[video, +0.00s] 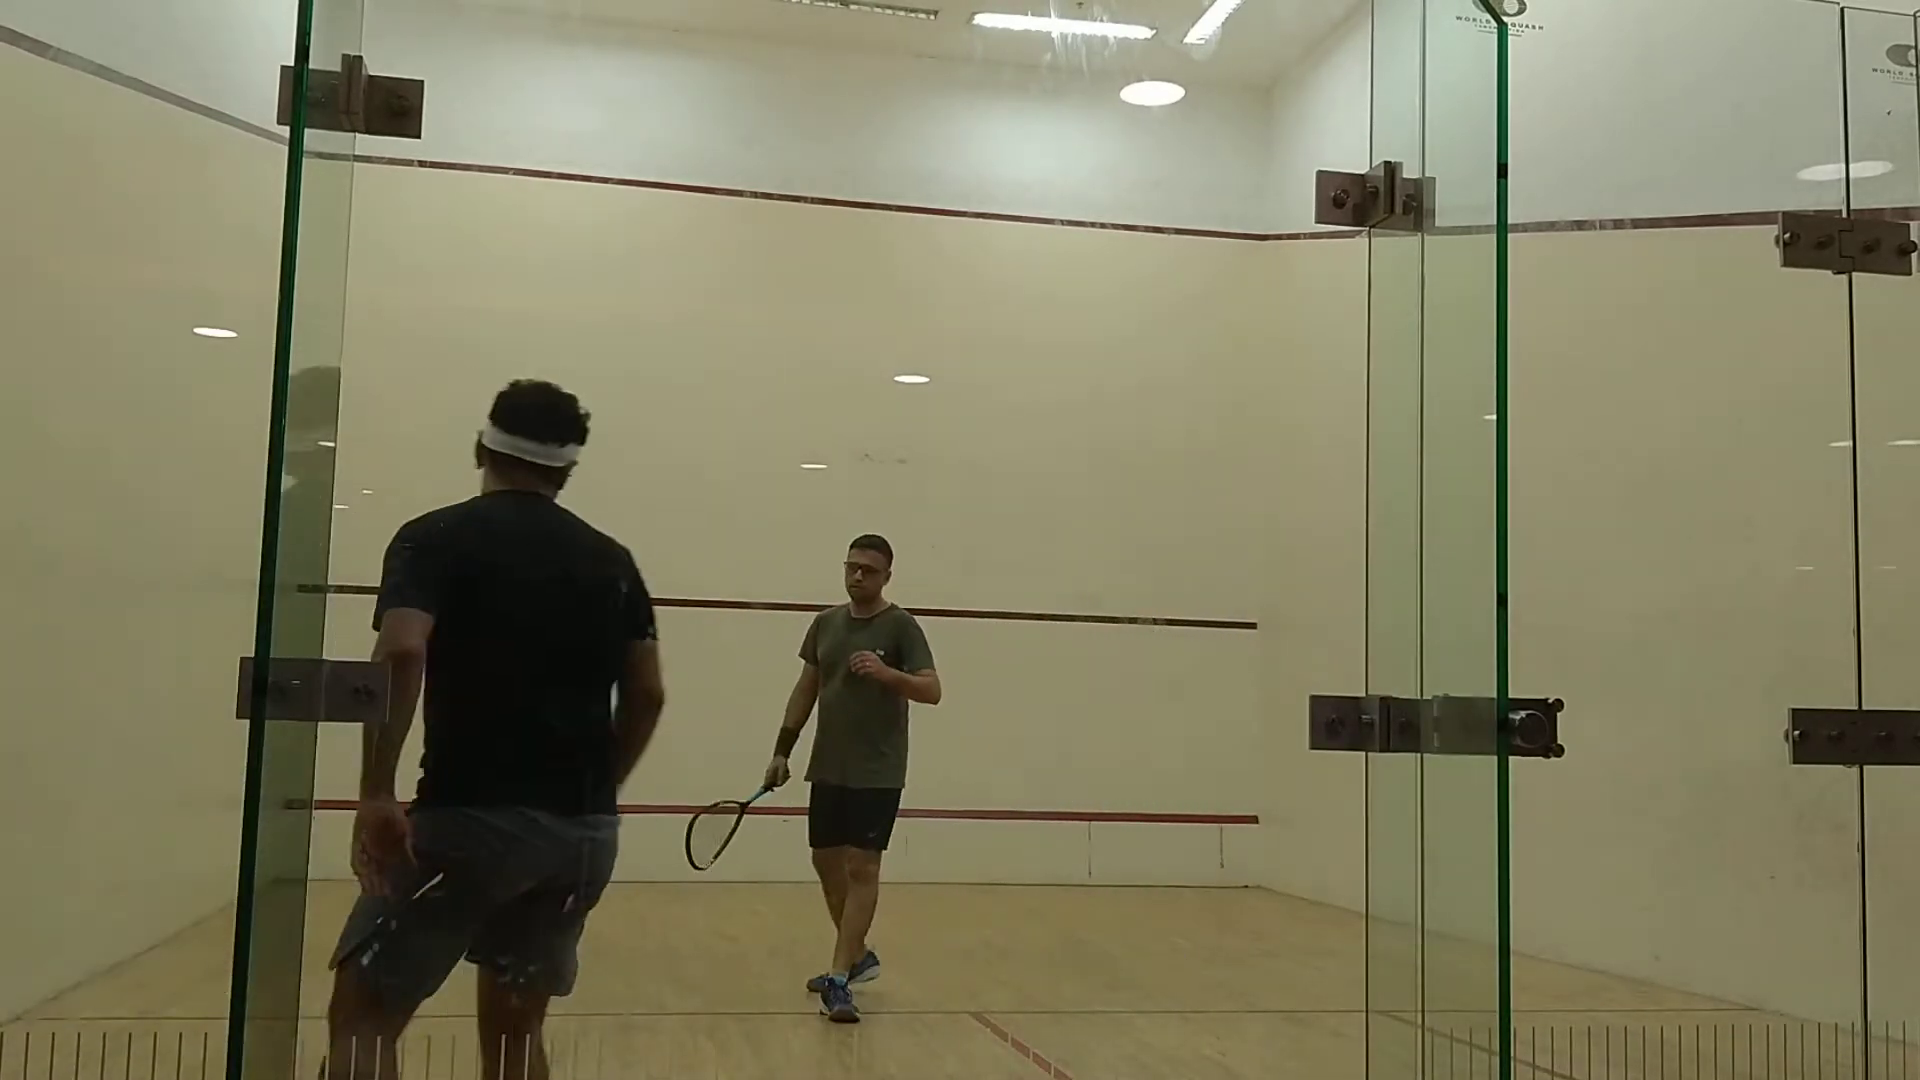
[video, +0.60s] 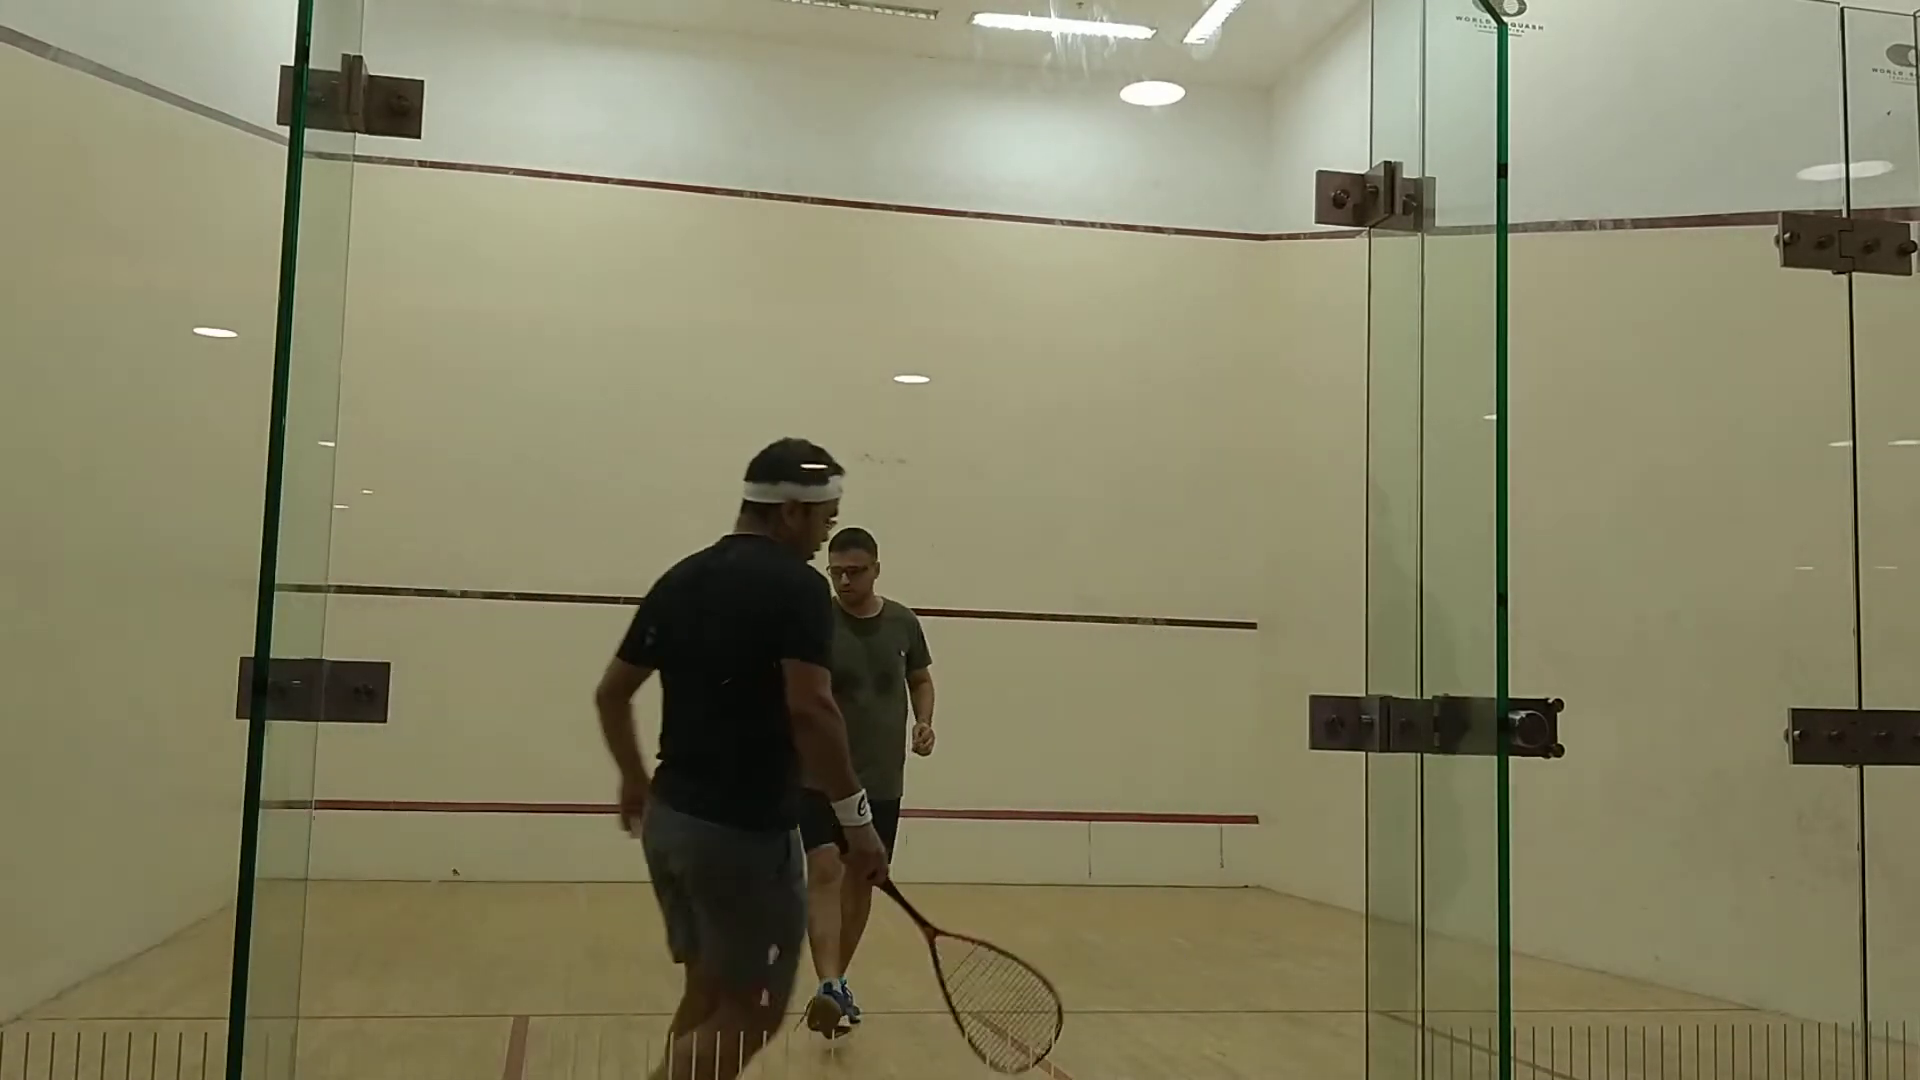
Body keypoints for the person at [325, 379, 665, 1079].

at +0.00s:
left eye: (486, 448)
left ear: (485, 451)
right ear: (566, 469)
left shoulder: (430, 538)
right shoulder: (611, 561)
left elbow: (403, 655)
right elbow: (646, 695)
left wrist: (377, 793)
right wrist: (595, 789)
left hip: (463, 831)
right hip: (579, 838)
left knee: (361, 1021)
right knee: (516, 1025)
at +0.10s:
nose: (615, 479)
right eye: (617, 468)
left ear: (531, 454)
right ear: (611, 472)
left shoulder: (459, 535)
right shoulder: (650, 555)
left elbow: (396, 655)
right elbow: (696, 681)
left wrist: (369, 780)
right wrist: (686, 777)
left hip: (486, 814)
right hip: (606, 824)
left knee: (405, 1014)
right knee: (543, 1023)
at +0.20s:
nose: (660, 486)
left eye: (660, 473)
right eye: (658, 473)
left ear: (574, 462)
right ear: (645, 474)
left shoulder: (494, 541)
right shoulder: (678, 561)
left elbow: (412, 651)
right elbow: (731, 684)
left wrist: (386, 766)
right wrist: (745, 780)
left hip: (509, 813)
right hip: (624, 824)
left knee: (479, 994)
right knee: (554, 1025)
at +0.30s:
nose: (699, 499)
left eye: (701, 485)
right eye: (697, 485)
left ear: (616, 474)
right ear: (674, 483)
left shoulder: (535, 554)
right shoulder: (698, 570)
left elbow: (445, 658)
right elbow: (748, 697)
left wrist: (417, 769)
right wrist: (789, 796)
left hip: (536, 809)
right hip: (637, 819)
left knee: (553, 990)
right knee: (560, 1021)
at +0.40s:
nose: (741, 513)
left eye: (742, 499)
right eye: (737, 498)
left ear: (660, 489)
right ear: (710, 496)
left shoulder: (585, 565)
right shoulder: (728, 580)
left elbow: (489, 667)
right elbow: (768, 711)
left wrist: (469, 772)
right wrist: (817, 816)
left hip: (569, 817)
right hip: (657, 832)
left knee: (608, 1007)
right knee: (582, 1025)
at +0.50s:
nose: (783, 525)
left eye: (785, 511)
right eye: (779, 509)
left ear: (708, 500)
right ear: (748, 507)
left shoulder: (631, 576)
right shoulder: (764, 588)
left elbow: (541, 683)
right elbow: (793, 717)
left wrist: (538, 778)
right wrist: (837, 832)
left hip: (621, 819)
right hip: (700, 832)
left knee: (668, 1013)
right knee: (636, 1016)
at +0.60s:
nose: (829, 528)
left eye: (831, 515)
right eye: (825, 514)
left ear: (758, 505)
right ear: (792, 511)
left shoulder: (686, 574)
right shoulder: (800, 586)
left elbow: (613, 691)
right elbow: (810, 707)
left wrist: (632, 775)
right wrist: (856, 820)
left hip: (671, 822)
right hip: (748, 838)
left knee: (706, 990)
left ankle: (670, 1078)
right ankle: (673, 1070)